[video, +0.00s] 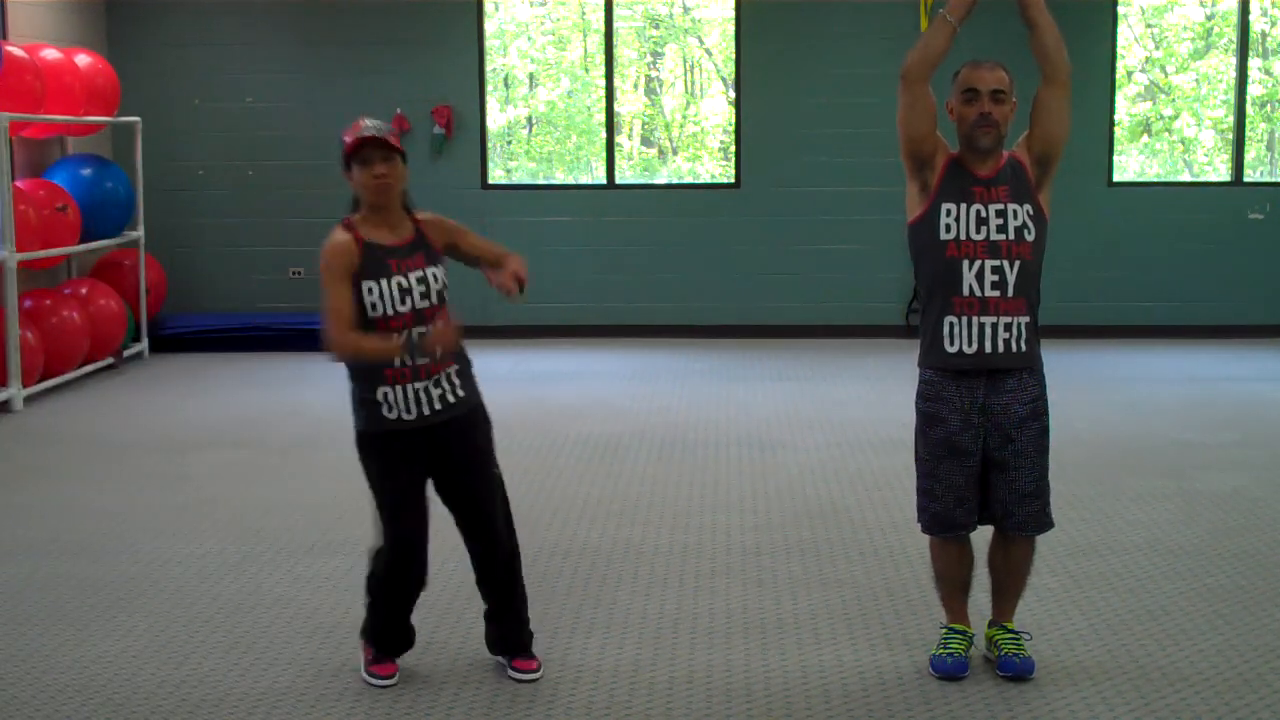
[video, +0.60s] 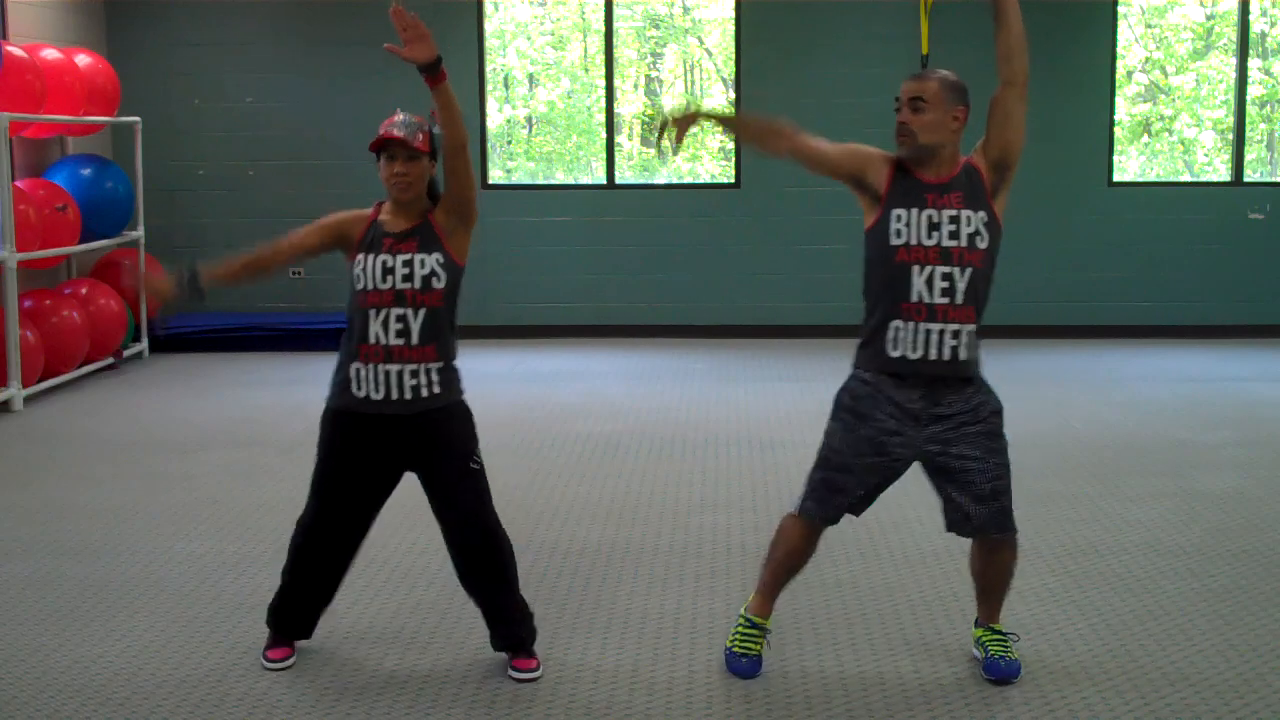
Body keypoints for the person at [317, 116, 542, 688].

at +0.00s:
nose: (378, 170)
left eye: (387, 159)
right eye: (365, 162)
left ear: (404, 167)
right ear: (350, 176)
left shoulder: (432, 229)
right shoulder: (343, 248)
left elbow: (503, 260)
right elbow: (339, 342)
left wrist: (507, 271)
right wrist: (415, 342)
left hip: (455, 410)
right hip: (388, 422)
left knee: (493, 531)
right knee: (405, 545)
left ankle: (512, 640)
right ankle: (382, 643)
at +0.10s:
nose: (397, 174)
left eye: (407, 163)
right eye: (385, 166)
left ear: (425, 172)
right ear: (372, 180)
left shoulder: (451, 229)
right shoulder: (361, 240)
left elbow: (526, 243)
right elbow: (373, 288)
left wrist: (480, 214)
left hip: (471, 413)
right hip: (399, 420)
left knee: (500, 533)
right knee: (400, 541)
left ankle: (513, 642)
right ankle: (424, 636)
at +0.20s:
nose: (406, 169)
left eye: (417, 156)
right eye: (397, 159)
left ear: (439, 163)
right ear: (390, 169)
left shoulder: (468, 223)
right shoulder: (384, 230)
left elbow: (495, 180)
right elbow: (354, 197)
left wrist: (455, 120)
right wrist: (385, 138)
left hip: (474, 406)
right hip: (402, 408)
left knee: (501, 527)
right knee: (370, 510)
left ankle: (513, 639)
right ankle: (435, 629)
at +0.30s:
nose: (412, 146)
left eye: (423, 136)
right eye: (401, 139)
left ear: (446, 149)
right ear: (391, 154)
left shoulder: (472, 207)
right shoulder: (386, 211)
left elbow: (474, 132)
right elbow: (333, 148)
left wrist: (443, 61)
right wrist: (317, 79)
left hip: (471, 401)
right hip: (396, 397)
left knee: (492, 529)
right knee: (347, 496)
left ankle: (512, 641)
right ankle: (381, 621)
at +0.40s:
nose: (409, 148)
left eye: (421, 137)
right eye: (399, 139)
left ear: (445, 147)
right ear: (389, 151)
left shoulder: (471, 204)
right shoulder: (383, 208)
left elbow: (470, 128)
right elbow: (303, 155)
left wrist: (437, 50)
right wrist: (244, 102)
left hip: (464, 399)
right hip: (390, 392)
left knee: (485, 528)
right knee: (332, 504)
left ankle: (512, 641)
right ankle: (315, 619)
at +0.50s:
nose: (405, 154)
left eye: (416, 143)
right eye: (395, 145)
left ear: (440, 152)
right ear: (384, 156)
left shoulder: (464, 212)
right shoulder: (373, 214)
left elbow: (464, 136)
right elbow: (281, 200)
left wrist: (434, 54)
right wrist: (198, 181)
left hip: (453, 408)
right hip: (377, 406)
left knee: (479, 527)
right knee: (330, 517)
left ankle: (512, 641)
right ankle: (284, 624)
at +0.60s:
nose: (395, 166)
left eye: (407, 157)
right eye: (387, 157)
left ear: (432, 166)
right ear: (377, 165)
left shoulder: (451, 226)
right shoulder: (353, 227)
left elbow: (456, 148)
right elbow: (272, 255)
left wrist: (434, 73)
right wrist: (193, 280)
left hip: (435, 415)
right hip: (359, 416)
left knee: (477, 531)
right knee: (324, 526)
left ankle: (516, 641)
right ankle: (285, 631)